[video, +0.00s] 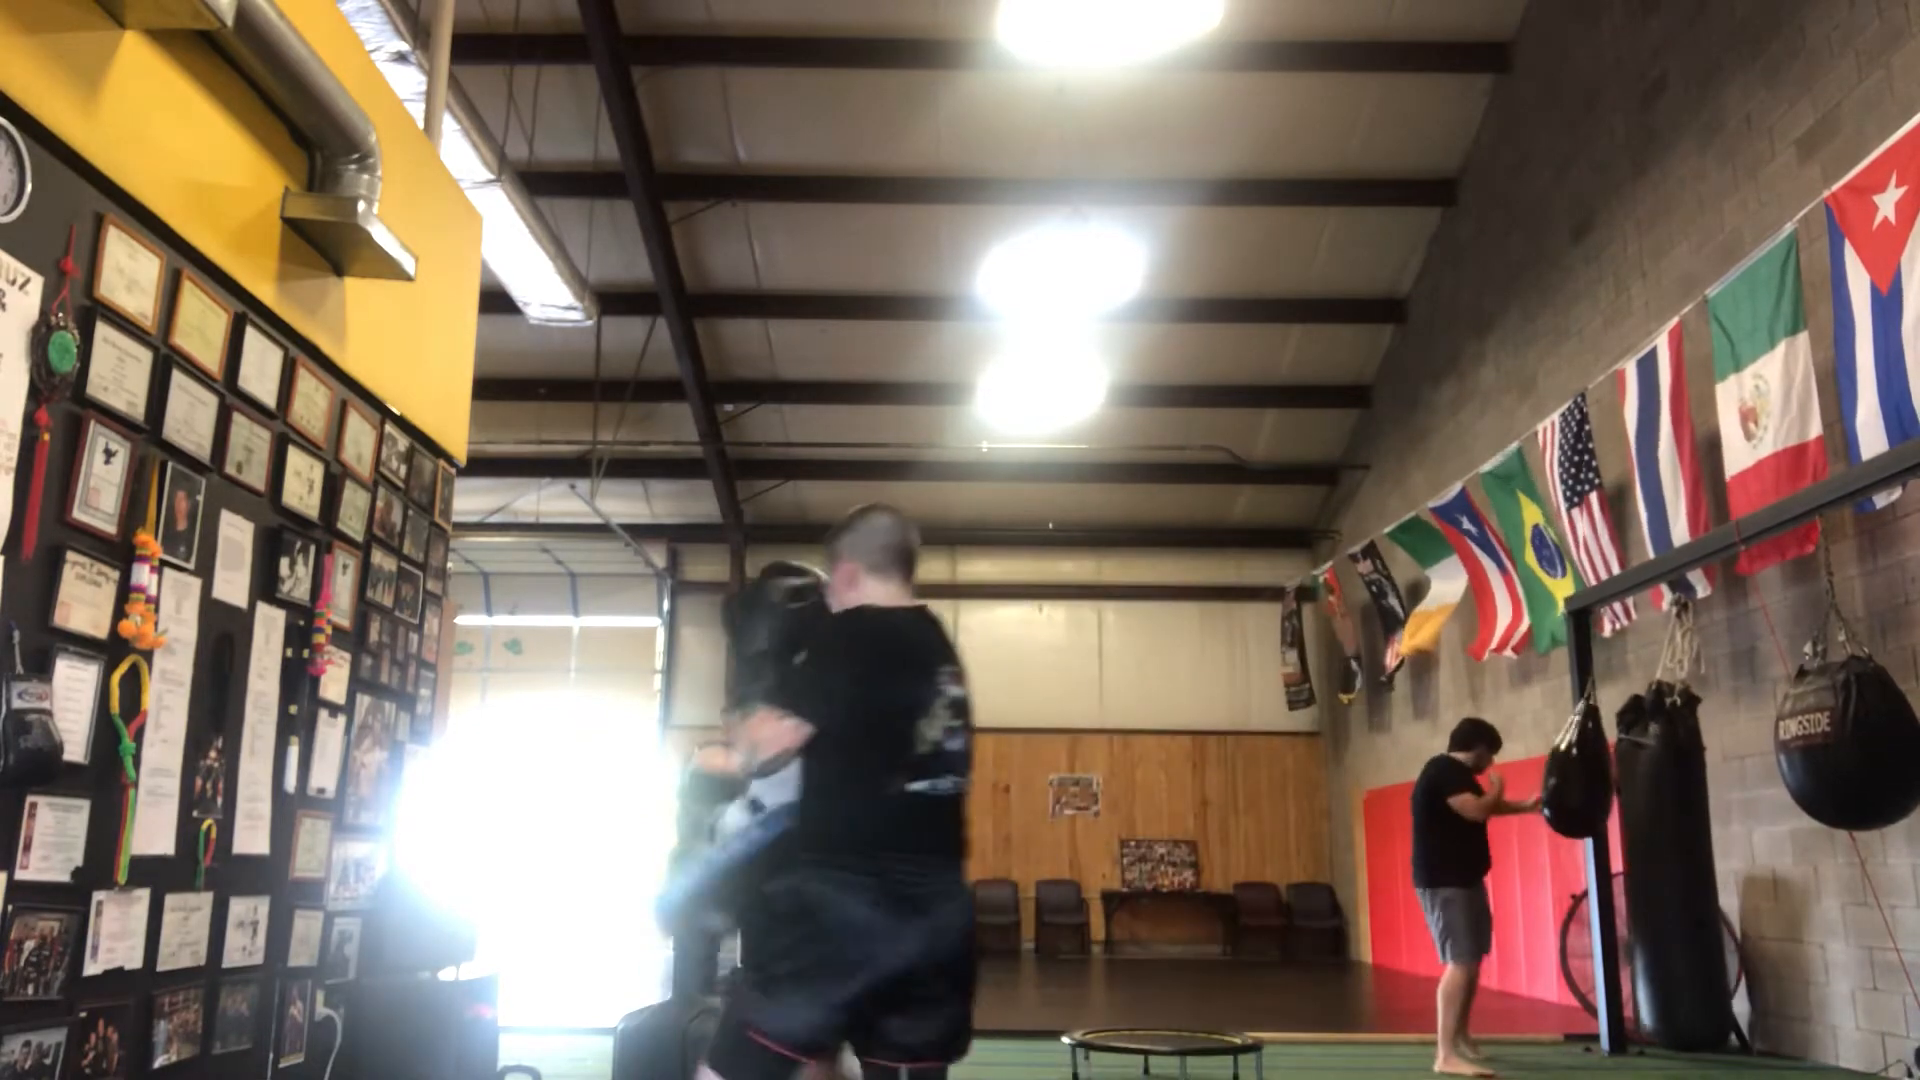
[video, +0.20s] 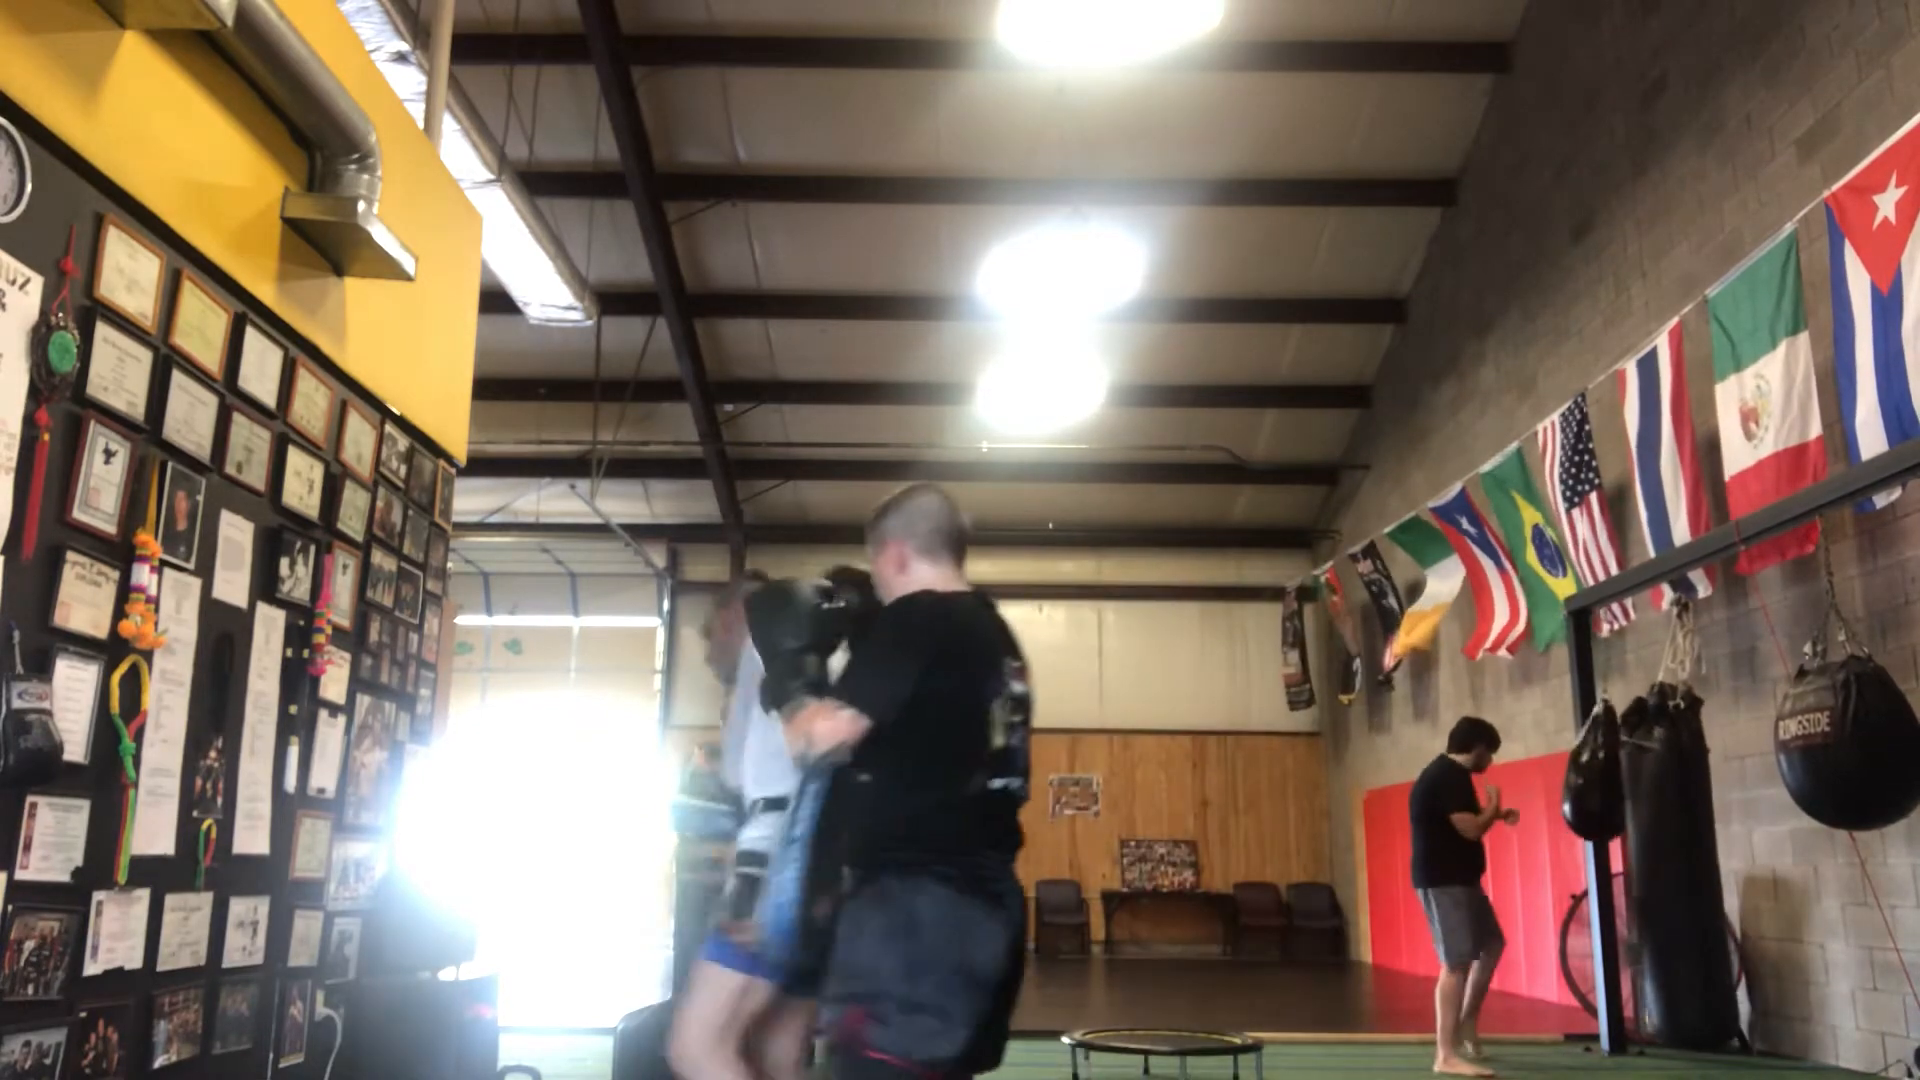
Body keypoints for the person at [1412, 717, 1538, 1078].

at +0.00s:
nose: (1489, 762)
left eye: (1491, 756)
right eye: (1488, 754)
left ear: (1465, 745)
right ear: (1474, 748)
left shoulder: (1463, 777)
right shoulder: (1442, 770)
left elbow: (1490, 808)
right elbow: (1473, 810)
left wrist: (1531, 805)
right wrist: (1496, 791)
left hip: (1467, 881)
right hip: (1444, 883)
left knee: (1471, 961)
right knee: (1460, 963)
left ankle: (1460, 1040)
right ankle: (1446, 1054)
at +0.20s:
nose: (1490, 761)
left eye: (1492, 754)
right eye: (1489, 753)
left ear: (1465, 747)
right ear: (1474, 749)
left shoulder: (1456, 776)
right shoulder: (1444, 775)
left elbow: (1466, 825)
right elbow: (1471, 828)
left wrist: (1495, 816)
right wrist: (1493, 808)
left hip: (1462, 881)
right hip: (1441, 883)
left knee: (1491, 947)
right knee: (1456, 964)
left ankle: (1464, 1028)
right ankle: (1445, 1056)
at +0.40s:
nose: (1490, 760)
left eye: (1492, 753)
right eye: (1489, 752)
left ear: (1457, 745)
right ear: (1475, 747)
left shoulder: (1434, 773)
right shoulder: (1458, 775)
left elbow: (1463, 825)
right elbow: (1482, 829)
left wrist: (1490, 807)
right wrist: (1503, 810)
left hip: (1456, 882)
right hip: (1449, 884)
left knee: (1490, 949)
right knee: (1451, 962)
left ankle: (1486, 1035)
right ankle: (1445, 1056)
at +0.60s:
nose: (1494, 763)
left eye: (1495, 756)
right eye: (1492, 756)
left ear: (1460, 750)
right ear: (1478, 752)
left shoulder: (1443, 779)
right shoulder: (1467, 778)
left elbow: (1471, 826)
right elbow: (1493, 827)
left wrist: (1504, 814)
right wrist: (1516, 814)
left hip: (1472, 885)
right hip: (1460, 884)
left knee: (1486, 960)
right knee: (1454, 962)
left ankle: (1488, 1045)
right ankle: (1445, 1055)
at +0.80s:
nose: (1499, 762)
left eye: (1501, 756)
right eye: (1498, 754)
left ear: (1467, 747)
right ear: (1485, 750)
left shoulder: (1452, 774)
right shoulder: (1474, 772)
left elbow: (1481, 819)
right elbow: (1500, 819)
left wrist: (1507, 799)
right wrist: (1520, 800)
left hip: (1457, 878)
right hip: (1470, 877)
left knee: (1485, 957)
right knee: (1486, 954)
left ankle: (1487, 1045)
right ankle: (1454, 1046)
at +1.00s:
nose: (1504, 763)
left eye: (1505, 757)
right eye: (1503, 756)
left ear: (1471, 747)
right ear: (1490, 751)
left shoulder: (1453, 775)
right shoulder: (1480, 772)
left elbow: (1491, 815)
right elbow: (1513, 816)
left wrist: (1516, 798)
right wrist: (1530, 799)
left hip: (1458, 880)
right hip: (1480, 879)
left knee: (1484, 960)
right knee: (1502, 953)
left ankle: (1483, 1042)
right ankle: (1482, 1045)